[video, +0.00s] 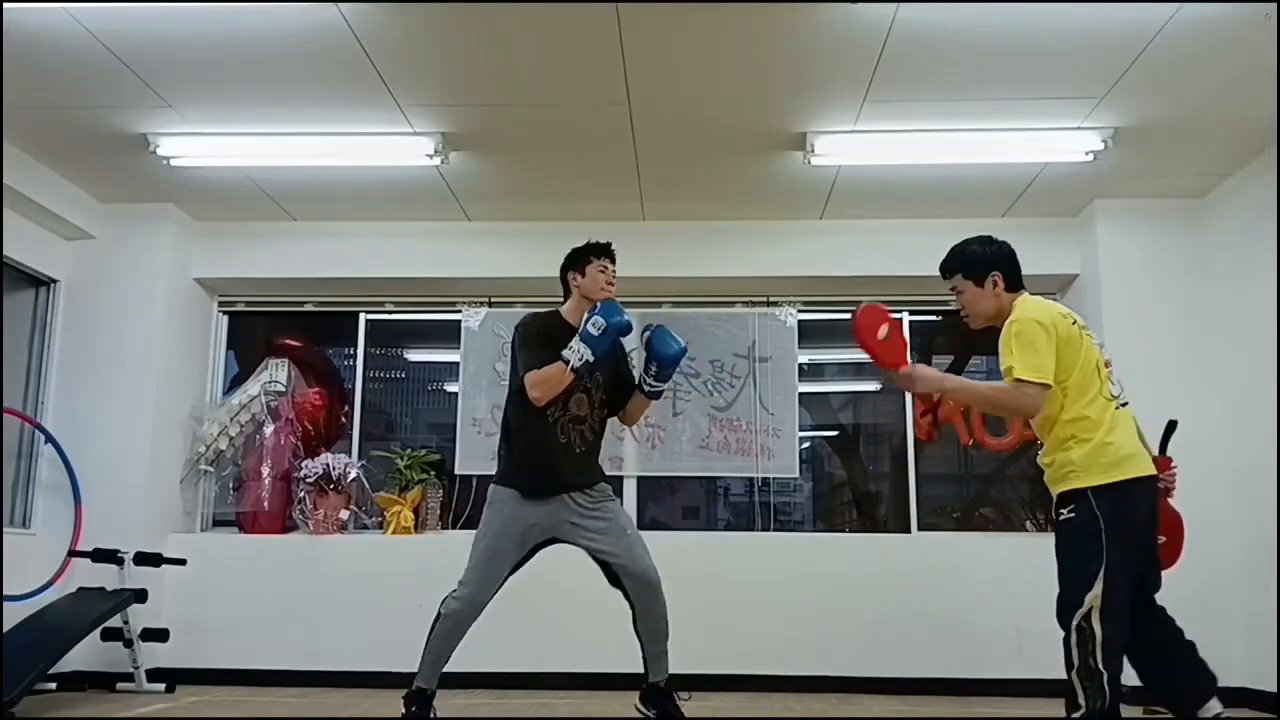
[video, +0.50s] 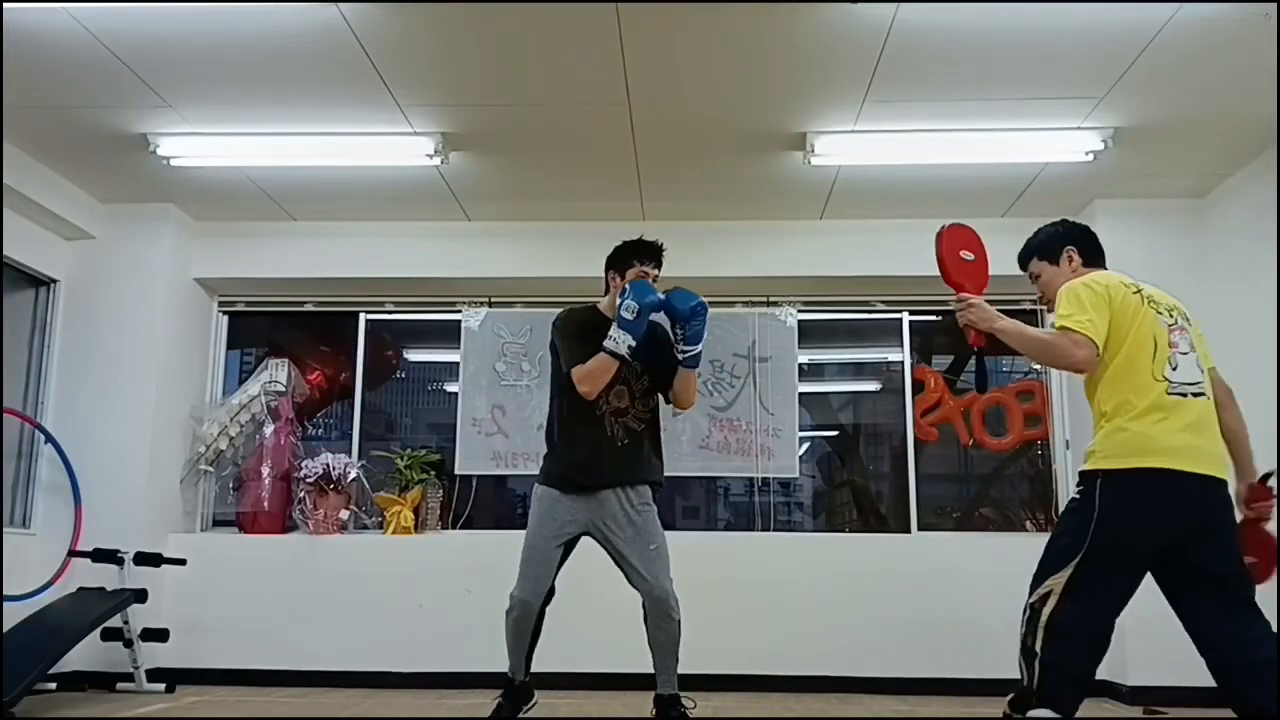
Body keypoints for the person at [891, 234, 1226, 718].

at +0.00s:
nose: (958, 305)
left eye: (961, 292)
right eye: (955, 295)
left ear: (995, 282)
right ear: (999, 284)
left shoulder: (1026, 317)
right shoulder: (1054, 315)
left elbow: (1028, 399)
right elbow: (1095, 402)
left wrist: (941, 383)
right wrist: (1141, 461)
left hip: (1096, 484)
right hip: (1126, 476)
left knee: (1087, 614)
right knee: (1135, 608)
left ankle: (1093, 709)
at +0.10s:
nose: (975, 292)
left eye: (979, 278)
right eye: (972, 281)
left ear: (1015, 268)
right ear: (1024, 270)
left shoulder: (1041, 306)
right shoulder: (1079, 304)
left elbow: (1015, 385)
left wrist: (945, 340)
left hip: (1100, 481)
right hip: (1146, 475)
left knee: (1088, 620)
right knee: (1169, 601)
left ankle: (1092, 707)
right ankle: (1259, 694)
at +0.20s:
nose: (1000, 288)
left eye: (1002, 273)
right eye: (996, 278)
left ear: (1037, 260)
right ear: (1044, 263)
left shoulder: (1060, 297)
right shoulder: (1109, 299)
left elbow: (1032, 377)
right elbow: (1117, 407)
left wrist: (963, 327)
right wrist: (1080, 489)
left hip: (1115, 484)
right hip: (1171, 479)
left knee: (1090, 634)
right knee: (1215, 615)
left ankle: (1090, 709)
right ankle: (1273, 697)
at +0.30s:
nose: (1027, 300)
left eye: (1028, 283)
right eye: (1022, 290)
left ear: (1063, 267)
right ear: (1074, 270)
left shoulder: (1082, 299)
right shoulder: (1140, 306)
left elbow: (1063, 369)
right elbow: (1151, 410)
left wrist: (988, 331)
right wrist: (1092, 489)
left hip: (1133, 483)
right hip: (1200, 485)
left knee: (1084, 615)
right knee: (1237, 622)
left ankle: (1083, 707)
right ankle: (1270, 703)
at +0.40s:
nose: (1041, 301)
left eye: (1041, 284)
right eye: (1036, 292)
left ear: (1075, 264)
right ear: (1089, 269)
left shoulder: (1095, 293)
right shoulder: (1162, 308)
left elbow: (1088, 360)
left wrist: (1006, 334)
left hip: (1137, 483)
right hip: (1210, 487)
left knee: (1076, 614)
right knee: (1242, 622)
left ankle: (1066, 709)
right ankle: (1269, 706)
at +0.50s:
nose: (1038, 294)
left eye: (1038, 277)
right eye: (1033, 283)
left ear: (1071, 258)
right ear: (1089, 262)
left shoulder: (1088, 287)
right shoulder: (1173, 308)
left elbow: (1080, 353)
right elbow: (1221, 396)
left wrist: (997, 323)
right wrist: (1248, 480)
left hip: (1127, 480)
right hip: (1204, 489)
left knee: (1064, 606)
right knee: (1234, 623)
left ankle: (1044, 708)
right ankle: (1267, 705)